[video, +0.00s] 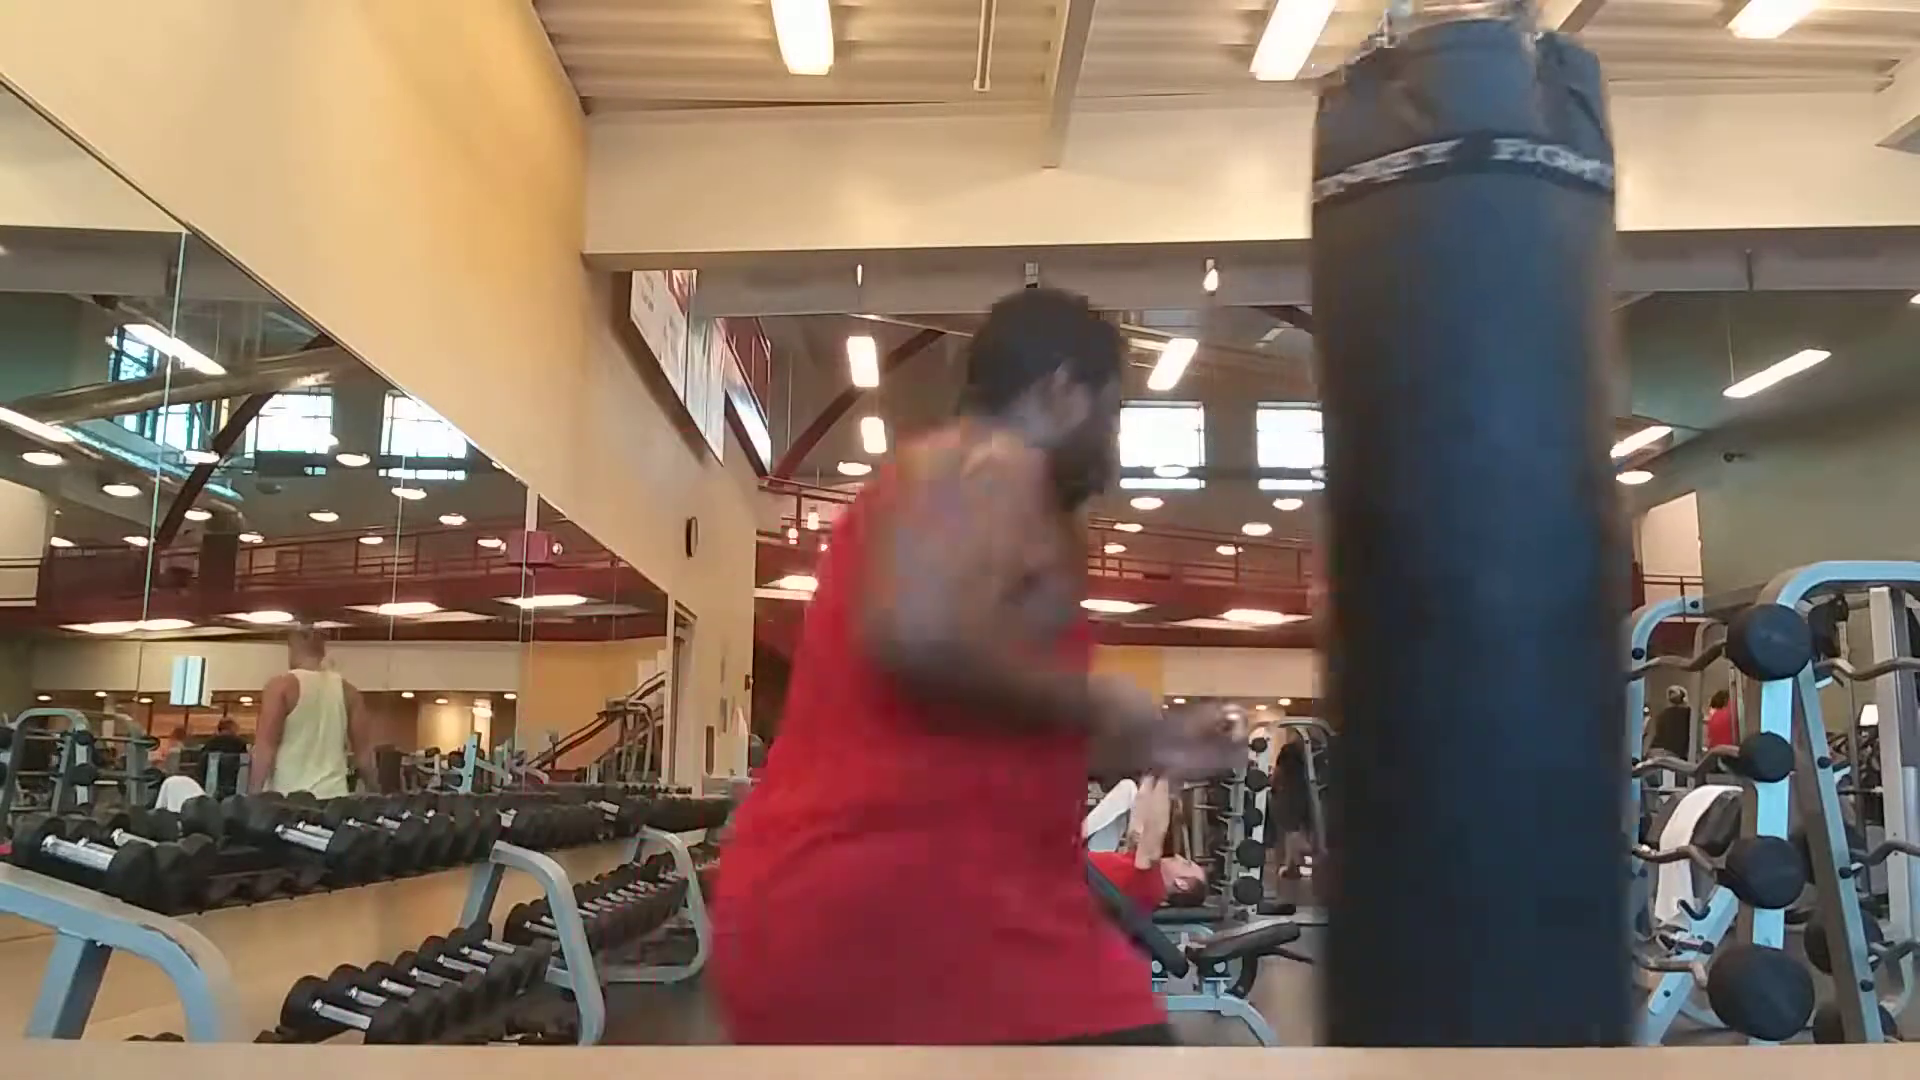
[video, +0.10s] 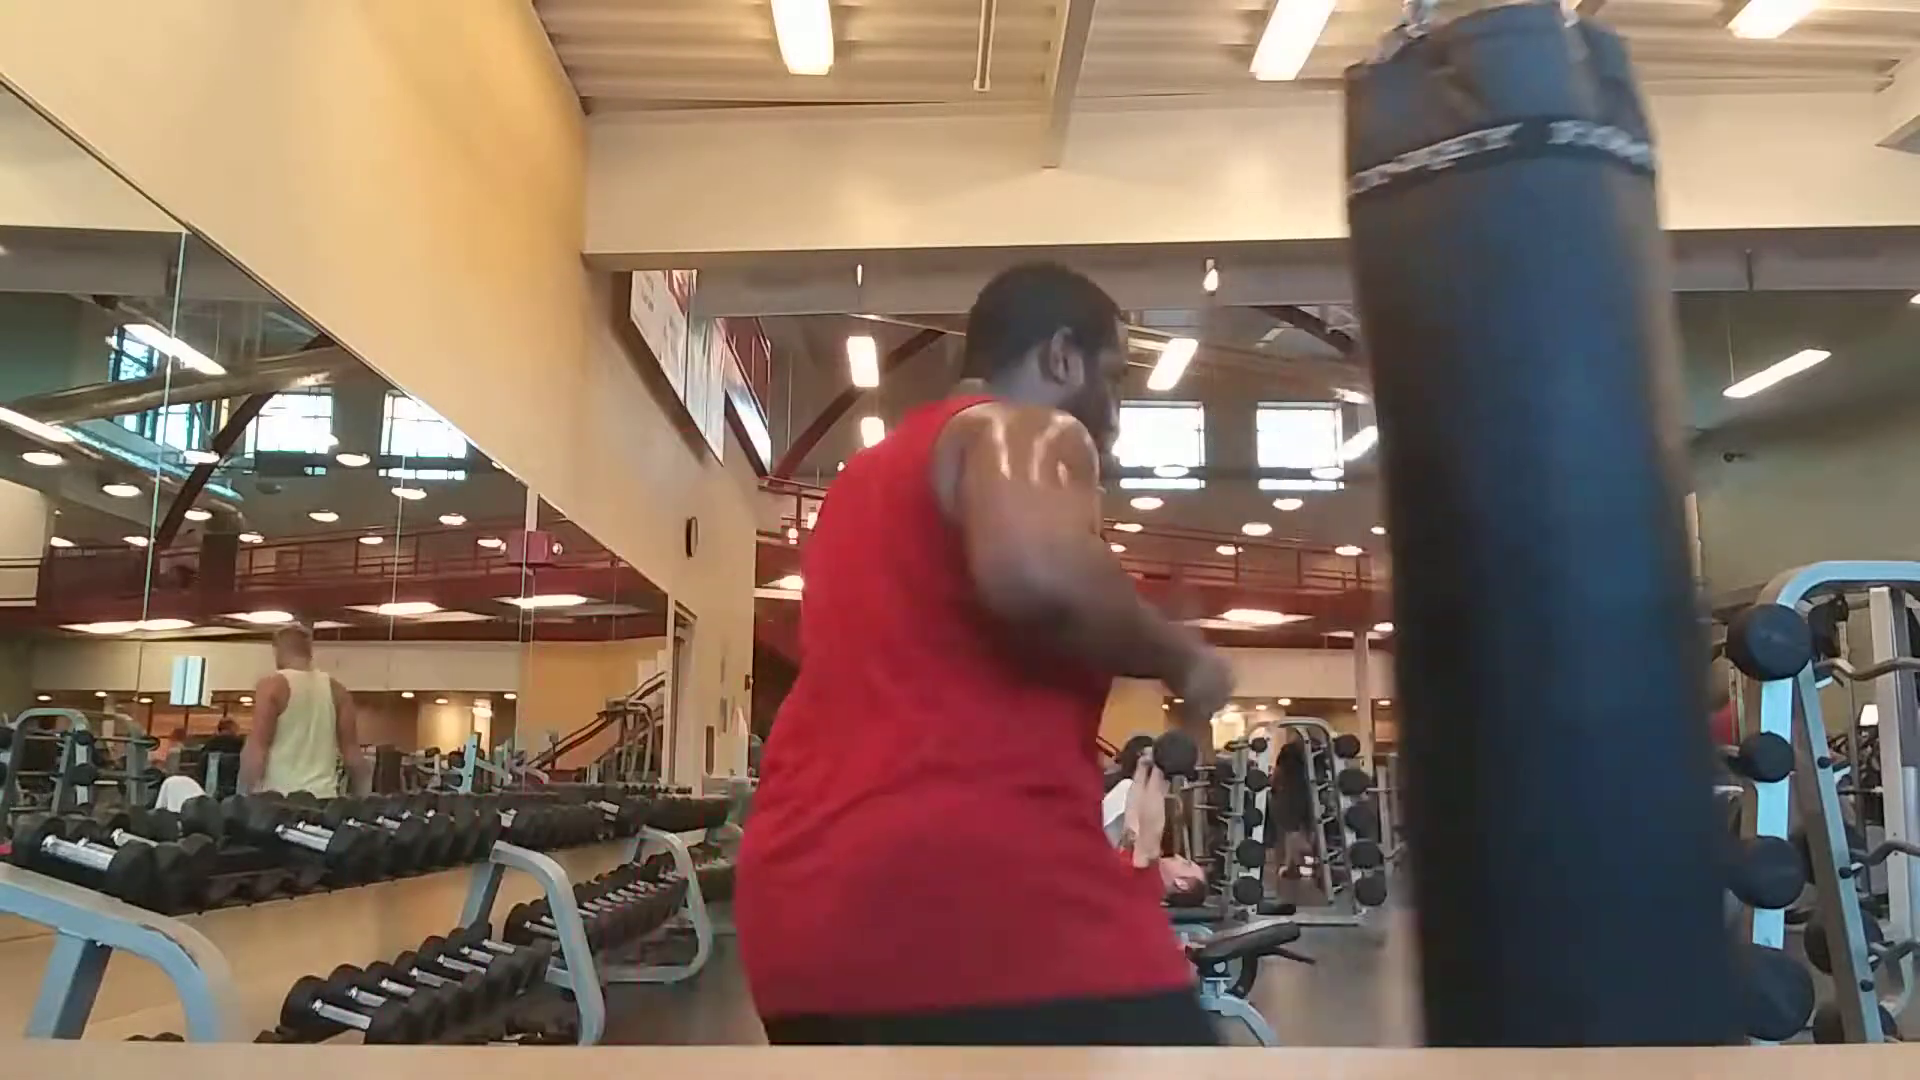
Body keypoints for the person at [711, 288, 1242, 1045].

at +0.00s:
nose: (1112, 439)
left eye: (1117, 413)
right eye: (1112, 410)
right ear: (1061, 389)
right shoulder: (985, 461)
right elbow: (922, 631)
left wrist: (1144, 747)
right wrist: (1093, 701)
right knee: (1132, 1043)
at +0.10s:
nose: (1113, 411)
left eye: (1119, 384)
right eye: (1114, 378)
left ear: (978, 356)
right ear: (1062, 357)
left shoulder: (859, 480)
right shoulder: (1022, 427)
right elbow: (1031, 568)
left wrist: (1112, 869)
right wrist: (1181, 656)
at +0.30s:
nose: (1164, 404)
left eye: (1170, 388)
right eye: (1166, 385)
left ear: (1040, 359)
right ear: (1132, 363)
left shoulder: (905, 470)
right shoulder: (1118, 451)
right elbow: (1359, 526)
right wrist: (1504, 485)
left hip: (841, 928)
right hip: (1051, 922)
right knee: (1233, 1062)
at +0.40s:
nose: (1239, 386)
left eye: (1246, 364)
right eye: (1240, 360)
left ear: (1110, 336)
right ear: (1193, 338)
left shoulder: (989, 456)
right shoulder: (1148, 438)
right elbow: (1288, 625)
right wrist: (1427, 575)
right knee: (1301, 1063)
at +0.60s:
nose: (1429, 370)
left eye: (1434, 345)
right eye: (1425, 338)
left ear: (1293, 319)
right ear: (1365, 316)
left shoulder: (1211, 434)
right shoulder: (1293, 427)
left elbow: (1444, 545)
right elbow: (1444, 606)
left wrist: (1611, 506)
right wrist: (1537, 471)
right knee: (1431, 1038)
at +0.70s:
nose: (1472, 389)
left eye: (1478, 363)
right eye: (1472, 356)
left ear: (1318, 340)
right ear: (1415, 328)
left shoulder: (1193, 453)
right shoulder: (1378, 429)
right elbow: (1516, 589)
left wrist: (1543, 525)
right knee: (1546, 1057)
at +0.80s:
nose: (1484, 429)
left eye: (1491, 408)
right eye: (1485, 403)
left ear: (1337, 376)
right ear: (1438, 375)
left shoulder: (1193, 505)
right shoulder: (1434, 492)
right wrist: (1721, 640)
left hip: (1139, 940)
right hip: (1377, 930)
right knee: (1566, 1040)